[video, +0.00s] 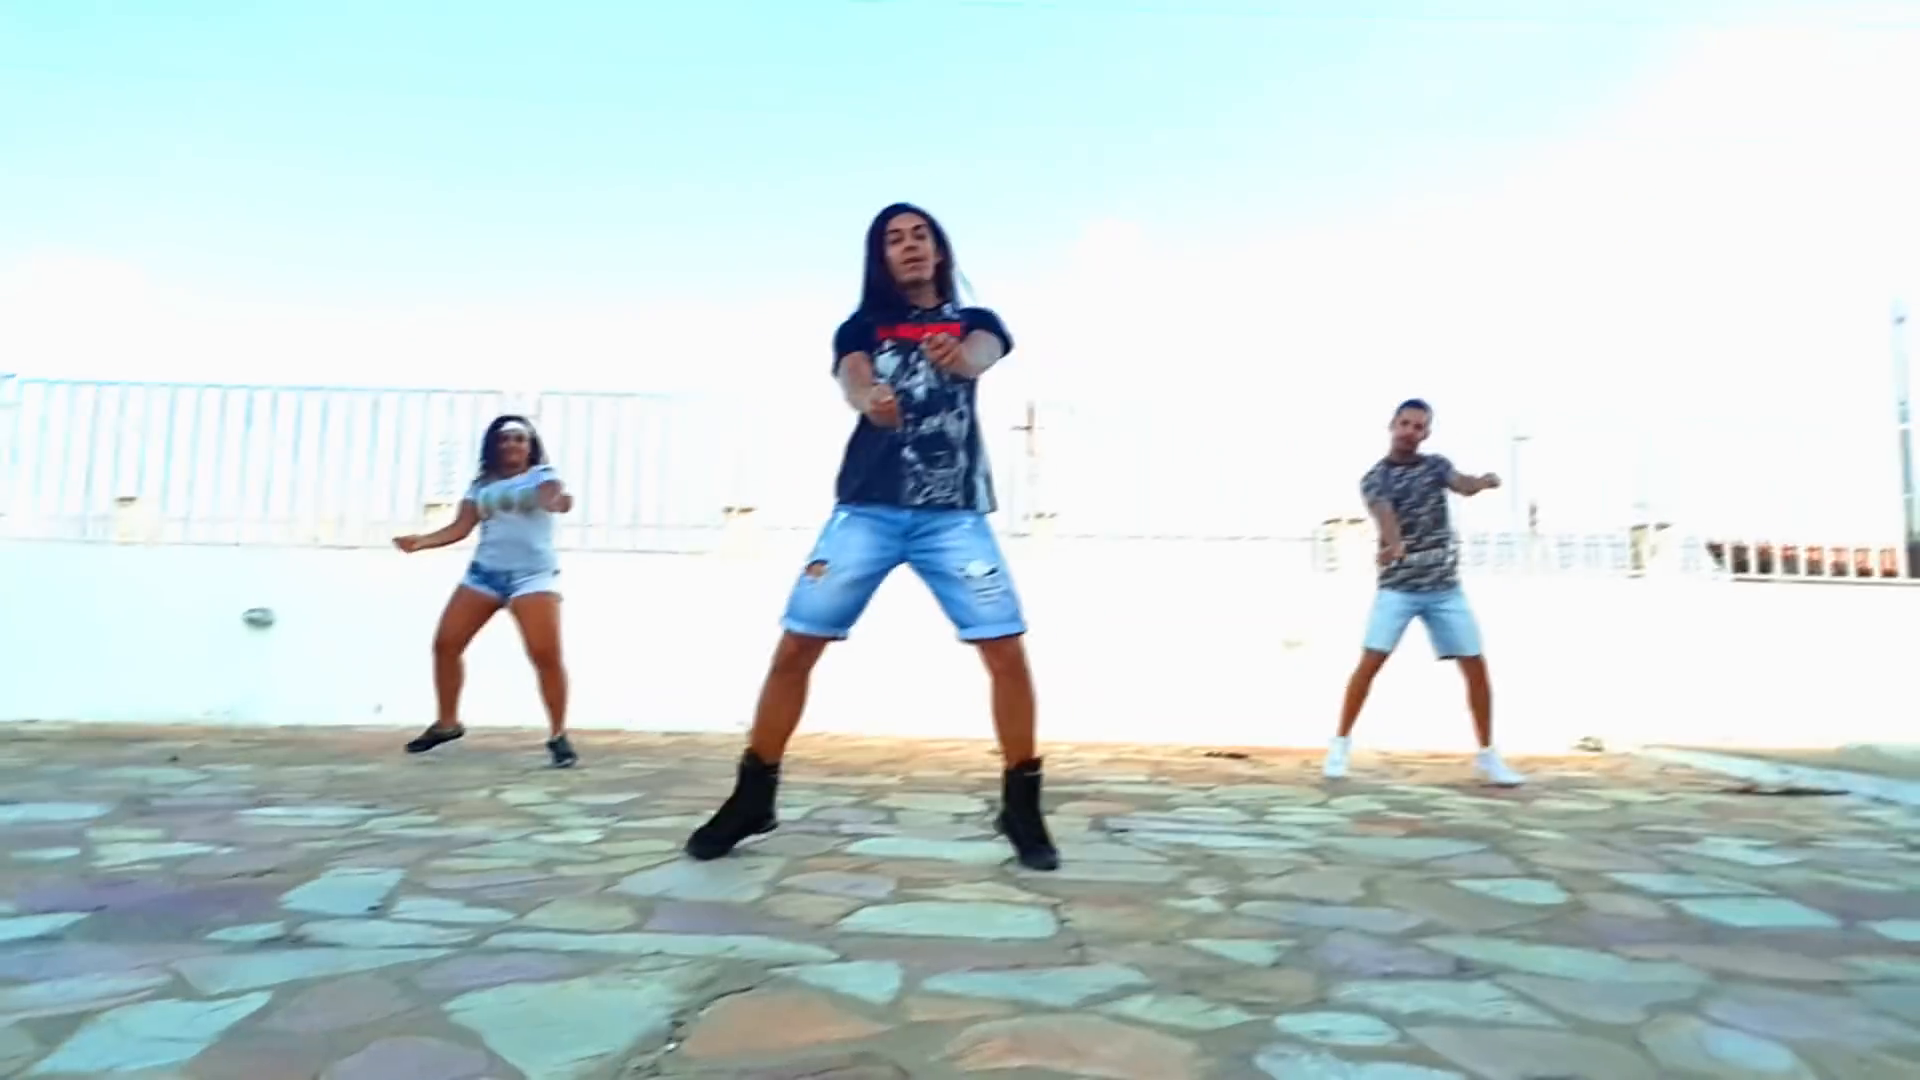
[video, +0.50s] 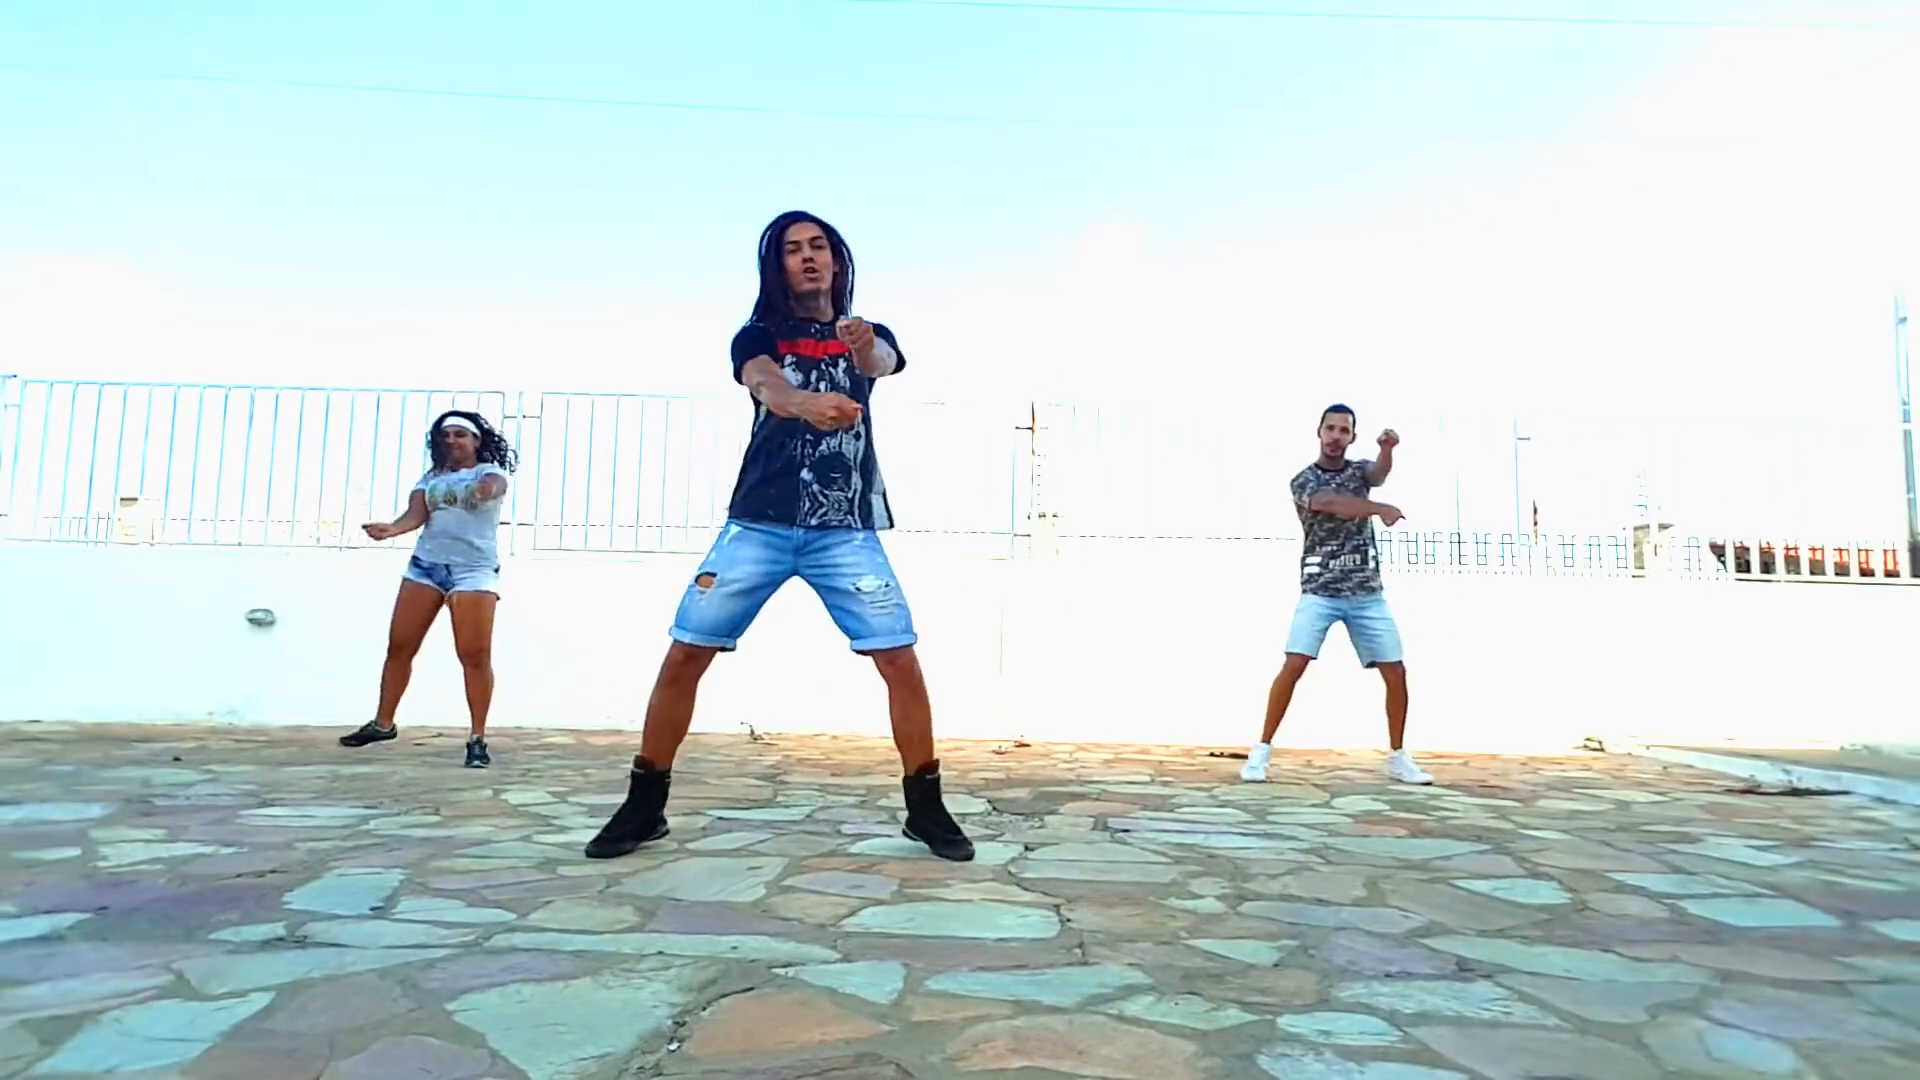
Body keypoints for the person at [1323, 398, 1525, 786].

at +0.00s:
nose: (1411, 432)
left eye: (1419, 428)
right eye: (1406, 424)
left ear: (1427, 434)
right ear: (1392, 425)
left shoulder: (1435, 466)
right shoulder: (1375, 479)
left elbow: (1461, 484)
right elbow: (1384, 516)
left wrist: (1483, 483)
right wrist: (1393, 543)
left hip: (1444, 588)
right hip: (1397, 589)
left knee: (1474, 663)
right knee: (1370, 662)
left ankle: (1487, 752)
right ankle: (1340, 742)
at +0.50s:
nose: (1337, 436)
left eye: (1344, 431)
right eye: (1331, 429)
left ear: (1352, 438)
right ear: (1319, 433)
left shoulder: (1359, 472)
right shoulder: (1304, 480)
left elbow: (1378, 474)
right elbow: (1325, 504)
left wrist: (1385, 451)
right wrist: (1376, 508)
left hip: (1367, 593)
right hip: (1320, 593)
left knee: (1395, 671)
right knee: (1295, 664)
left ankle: (1398, 756)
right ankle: (1262, 749)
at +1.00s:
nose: (1272, 431)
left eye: (1280, 426)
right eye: (1267, 425)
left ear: (1292, 437)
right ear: (1259, 433)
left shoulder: (1300, 475)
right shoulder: (1245, 478)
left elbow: (1322, 482)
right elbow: (1263, 510)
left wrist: (1320, 454)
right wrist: (1325, 506)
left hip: (1301, 596)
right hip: (1255, 596)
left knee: (1332, 670)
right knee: (1235, 670)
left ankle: (1337, 754)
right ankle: (1214, 749)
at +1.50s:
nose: (1296, 437)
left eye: (1305, 433)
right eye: (1291, 432)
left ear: (1317, 447)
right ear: (1284, 444)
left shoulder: (1330, 498)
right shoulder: (1265, 490)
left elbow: (1346, 549)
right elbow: (1219, 510)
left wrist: (1373, 583)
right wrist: (1209, 499)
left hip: (1322, 609)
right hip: (1275, 608)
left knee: (1362, 676)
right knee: (1263, 677)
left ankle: (1369, 757)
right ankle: (1245, 754)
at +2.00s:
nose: (1352, 443)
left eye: (1359, 439)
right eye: (1346, 438)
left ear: (1370, 448)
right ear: (1336, 446)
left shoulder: (1379, 502)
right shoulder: (1315, 485)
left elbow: (1387, 555)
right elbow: (1277, 447)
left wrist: (1404, 594)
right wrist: (1298, 409)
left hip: (1369, 609)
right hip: (1324, 607)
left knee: (1413, 679)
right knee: (1309, 681)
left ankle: (1407, 758)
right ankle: (1291, 753)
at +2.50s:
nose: (1420, 450)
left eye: (1427, 444)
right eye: (1413, 445)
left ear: (1438, 453)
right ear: (1404, 453)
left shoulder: (1452, 506)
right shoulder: (1386, 492)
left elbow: (1466, 555)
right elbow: (1350, 456)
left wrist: (1484, 584)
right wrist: (1340, 407)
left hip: (1446, 612)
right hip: (1398, 610)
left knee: (1495, 681)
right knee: (1378, 679)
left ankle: (1488, 761)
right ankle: (1352, 756)